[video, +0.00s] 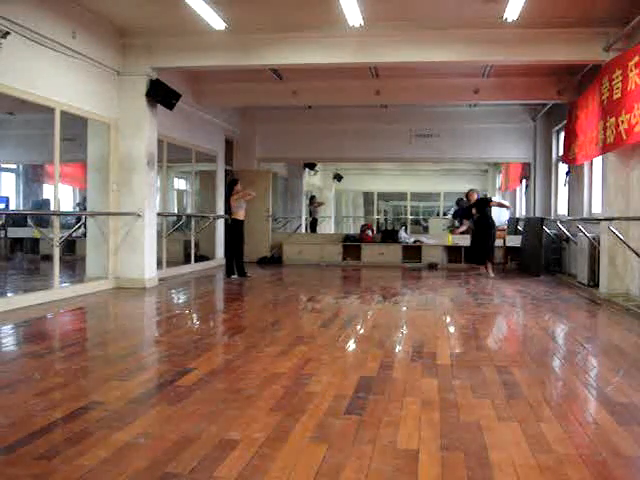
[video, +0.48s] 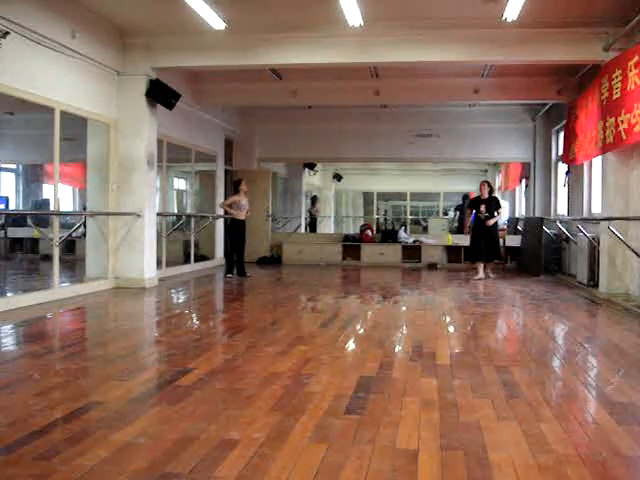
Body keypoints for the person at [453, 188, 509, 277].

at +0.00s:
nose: (470, 197)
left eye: (472, 195)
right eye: (469, 196)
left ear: (476, 195)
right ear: (467, 198)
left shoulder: (483, 202)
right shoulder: (467, 209)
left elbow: (497, 204)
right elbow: (465, 224)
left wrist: (506, 206)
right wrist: (458, 231)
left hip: (489, 227)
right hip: (478, 229)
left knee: (488, 248)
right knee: (479, 248)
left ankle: (490, 271)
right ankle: (482, 269)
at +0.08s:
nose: (474, 195)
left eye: (475, 192)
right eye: (472, 193)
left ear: (479, 193)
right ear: (470, 194)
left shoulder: (485, 199)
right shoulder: (468, 205)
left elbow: (496, 204)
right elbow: (466, 221)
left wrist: (505, 208)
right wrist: (465, 226)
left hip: (489, 225)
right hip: (478, 227)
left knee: (490, 247)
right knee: (481, 248)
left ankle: (490, 270)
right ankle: (486, 269)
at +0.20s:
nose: (480, 191)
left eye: (481, 188)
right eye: (478, 188)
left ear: (485, 189)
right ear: (475, 190)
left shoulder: (490, 198)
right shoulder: (472, 201)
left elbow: (497, 207)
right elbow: (470, 215)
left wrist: (501, 213)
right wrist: (471, 225)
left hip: (491, 224)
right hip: (480, 225)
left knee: (491, 246)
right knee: (479, 245)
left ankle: (490, 269)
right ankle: (481, 267)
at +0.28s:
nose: (480, 190)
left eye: (482, 188)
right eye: (479, 188)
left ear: (486, 189)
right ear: (476, 189)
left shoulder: (491, 198)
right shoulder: (472, 201)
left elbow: (498, 209)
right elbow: (470, 216)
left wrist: (502, 217)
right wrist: (472, 228)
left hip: (491, 226)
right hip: (480, 226)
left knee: (491, 247)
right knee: (479, 246)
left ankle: (490, 270)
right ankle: (482, 267)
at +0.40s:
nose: (483, 188)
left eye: (485, 186)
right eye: (482, 186)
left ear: (489, 188)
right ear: (480, 188)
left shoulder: (494, 199)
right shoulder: (474, 200)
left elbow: (499, 212)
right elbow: (470, 215)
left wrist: (495, 218)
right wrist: (469, 226)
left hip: (490, 227)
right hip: (478, 227)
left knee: (491, 248)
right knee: (477, 247)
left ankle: (489, 270)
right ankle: (479, 270)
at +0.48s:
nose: (482, 187)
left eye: (484, 186)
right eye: (481, 185)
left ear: (489, 188)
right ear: (479, 188)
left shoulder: (494, 200)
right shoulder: (474, 200)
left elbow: (499, 213)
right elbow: (469, 214)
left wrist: (493, 220)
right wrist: (467, 226)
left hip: (490, 227)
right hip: (478, 227)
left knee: (490, 248)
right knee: (478, 249)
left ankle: (488, 269)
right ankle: (480, 272)